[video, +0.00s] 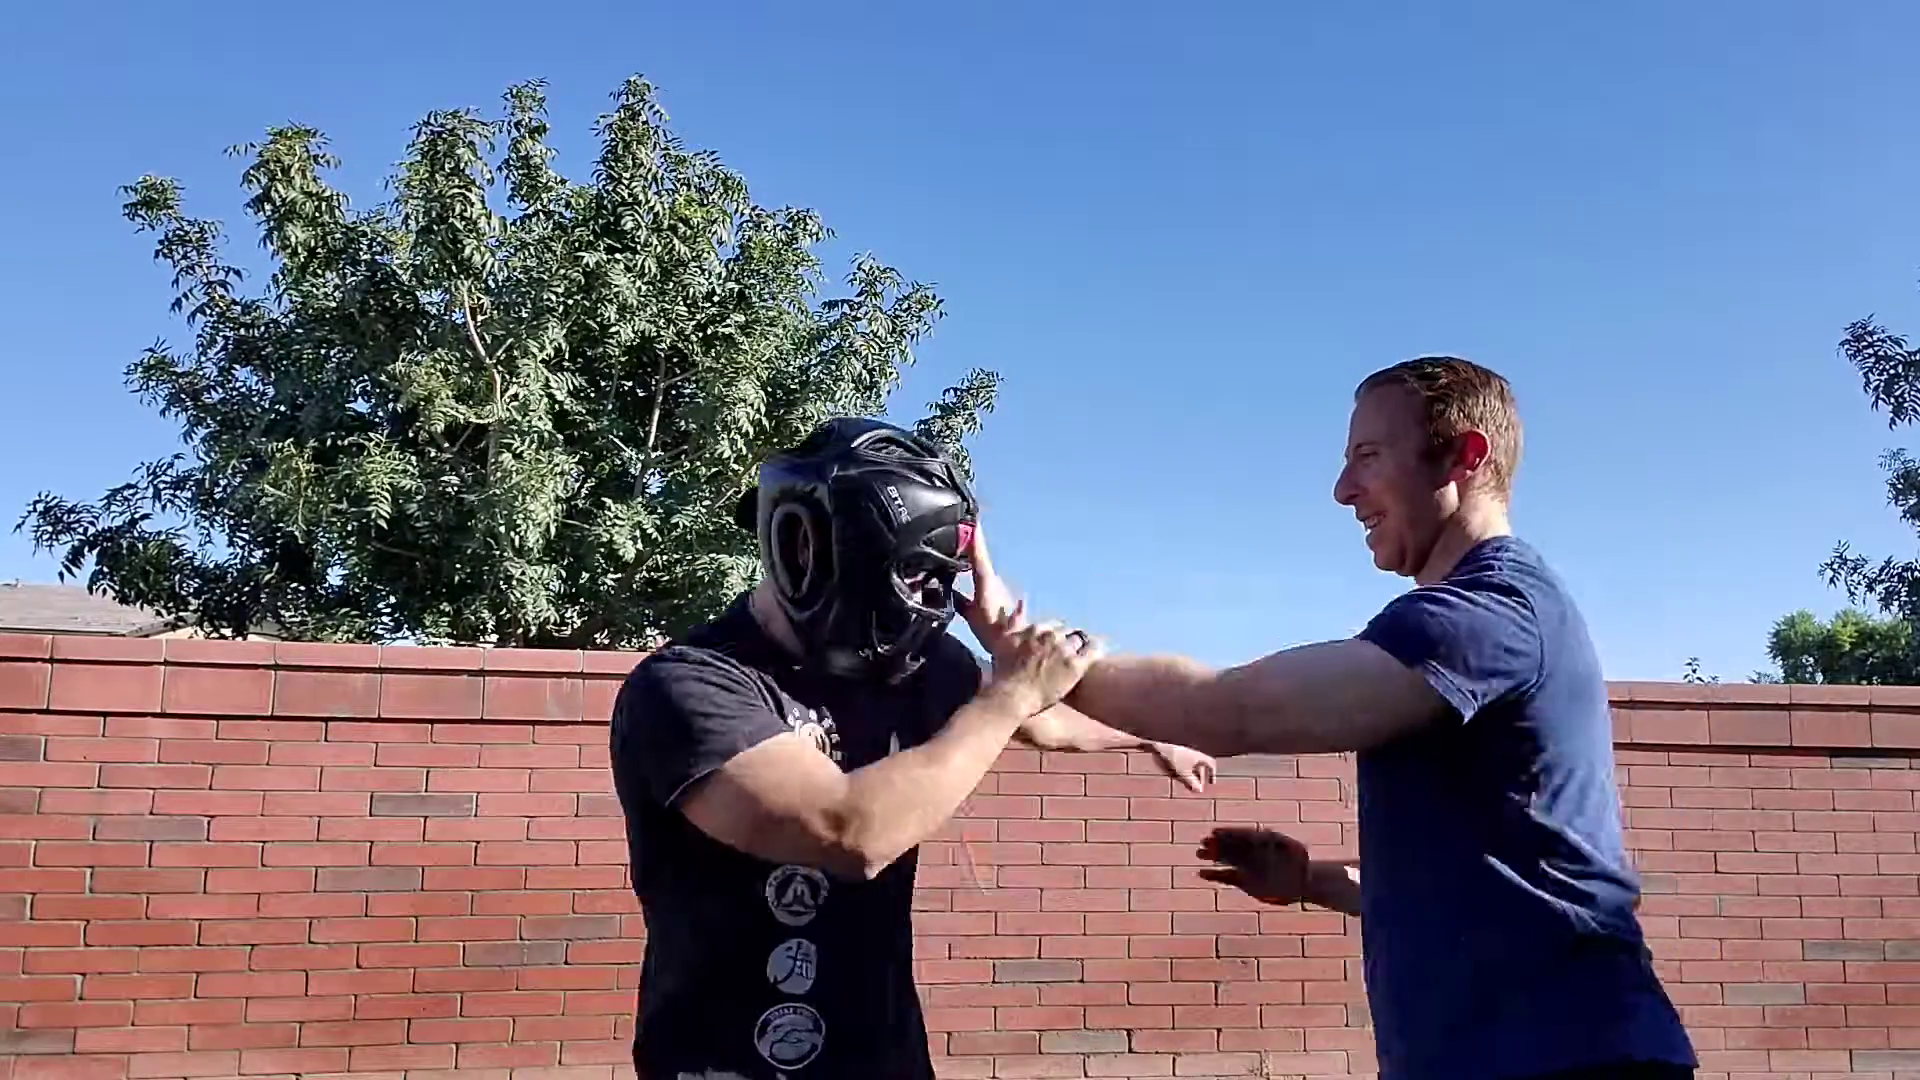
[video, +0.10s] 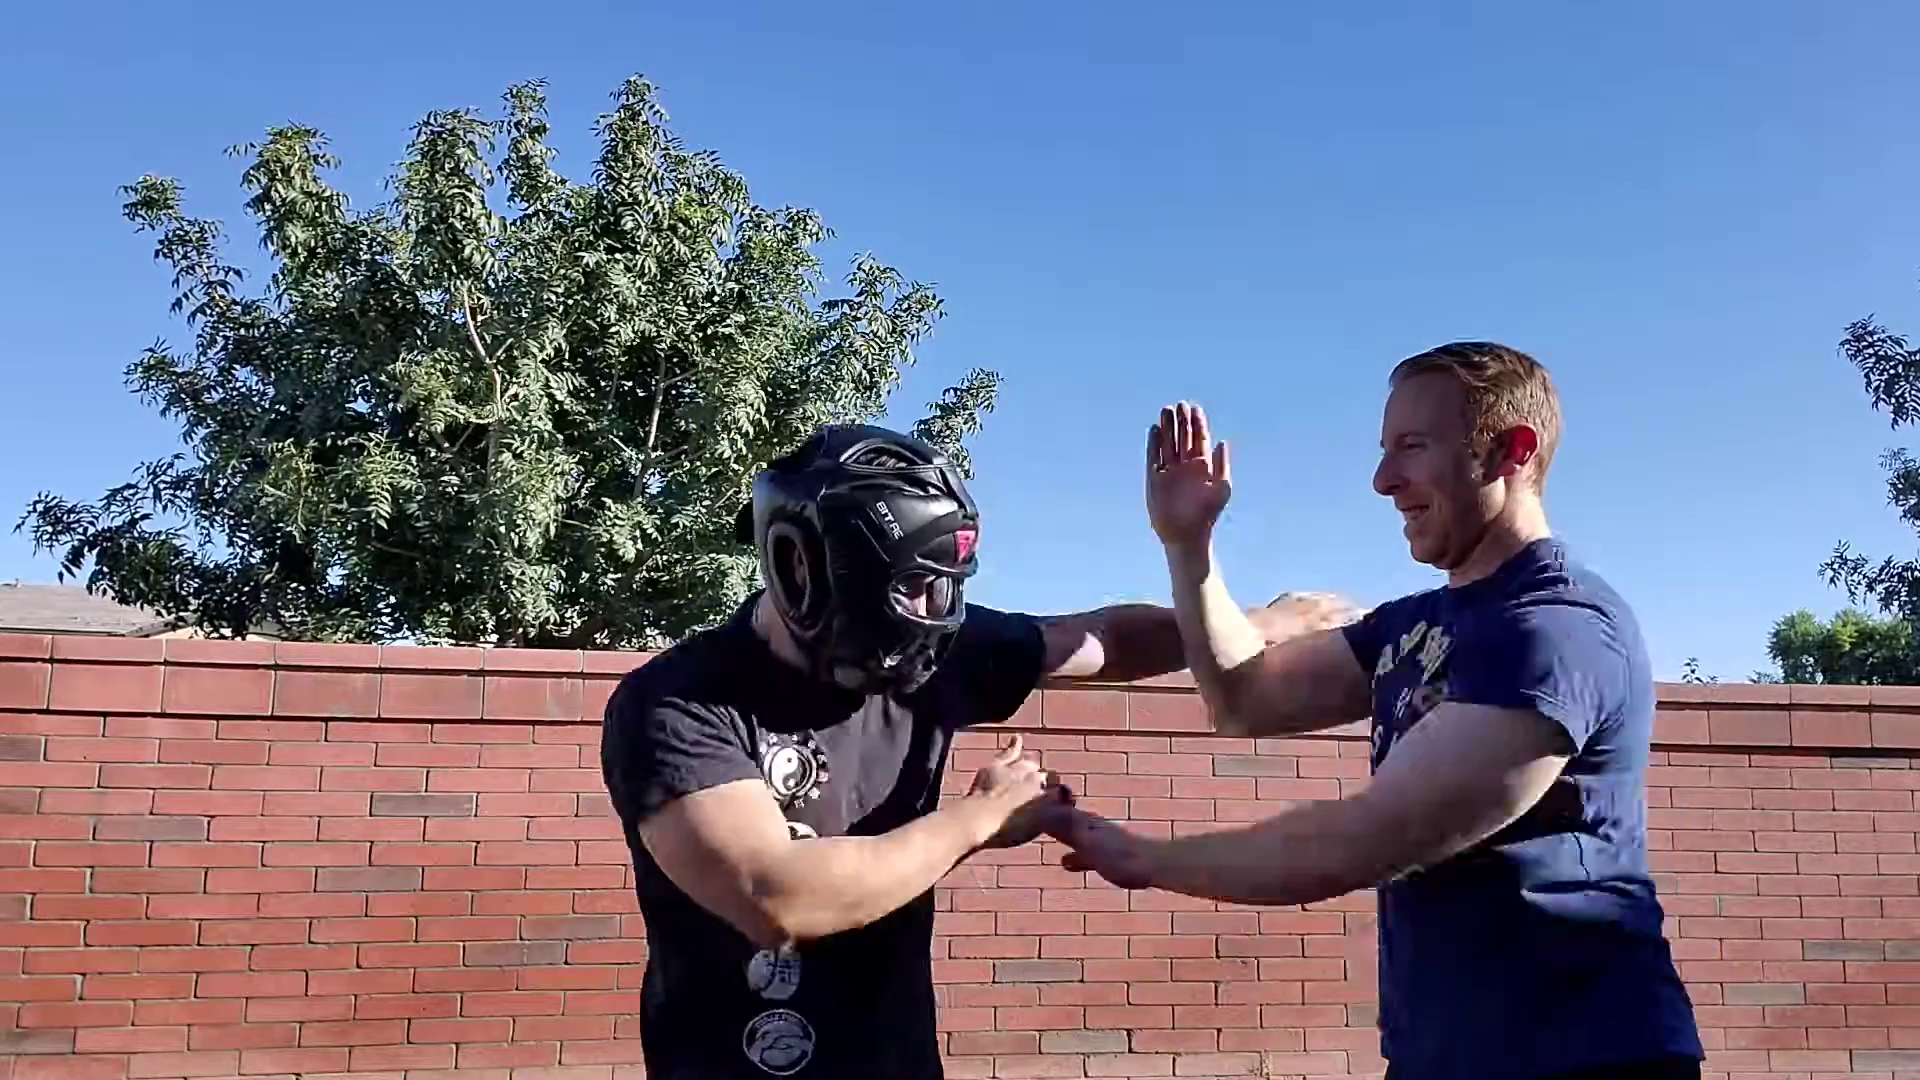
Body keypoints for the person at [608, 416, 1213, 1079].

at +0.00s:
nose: (927, 600)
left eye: (933, 572)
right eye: (907, 571)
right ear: (811, 552)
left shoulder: (915, 667)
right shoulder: (680, 692)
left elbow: (1043, 721)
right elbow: (854, 830)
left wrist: (1150, 740)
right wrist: (1009, 697)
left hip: (880, 1058)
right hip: (720, 1061)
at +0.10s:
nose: (934, 610)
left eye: (941, 585)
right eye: (912, 585)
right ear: (813, 573)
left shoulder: (930, 665)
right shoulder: (668, 711)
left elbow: (1109, 644)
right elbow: (783, 900)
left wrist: (1261, 629)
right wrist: (981, 815)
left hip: (893, 1064)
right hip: (727, 1069)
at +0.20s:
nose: (940, 614)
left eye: (951, 586)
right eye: (914, 587)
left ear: (959, 574)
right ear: (815, 576)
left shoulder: (920, 666)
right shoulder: (678, 732)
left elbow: (1091, 622)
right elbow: (758, 957)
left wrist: (1243, 593)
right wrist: (956, 875)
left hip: (902, 1067)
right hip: (741, 1072)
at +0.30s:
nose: (976, 600)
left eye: (981, 576)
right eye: (960, 575)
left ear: (881, 562)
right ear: (867, 561)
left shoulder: (915, 662)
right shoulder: (716, 703)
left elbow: (1090, 673)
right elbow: (824, 914)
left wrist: (1234, 605)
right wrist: (971, 748)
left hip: (888, 1055)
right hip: (746, 1063)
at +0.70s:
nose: (910, 582)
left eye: (930, 560)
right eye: (889, 546)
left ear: (945, 565)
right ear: (814, 530)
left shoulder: (919, 683)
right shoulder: (688, 673)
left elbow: (1099, 788)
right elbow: (872, 784)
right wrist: (1024, 642)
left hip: (881, 1061)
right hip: (726, 1059)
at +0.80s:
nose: (883, 608)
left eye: (914, 592)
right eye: (866, 573)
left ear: (939, 596)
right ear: (805, 544)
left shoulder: (928, 690)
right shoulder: (690, 677)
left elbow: (1124, 774)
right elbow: (842, 817)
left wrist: (1316, 829)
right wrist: (1012, 685)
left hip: (883, 1058)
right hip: (723, 1056)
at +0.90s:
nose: (889, 641)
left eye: (923, 622)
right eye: (874, 603)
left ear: (954, 620)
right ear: (815, 568)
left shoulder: (948, 691)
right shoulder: (698, 684)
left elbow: (1138, 779)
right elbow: (853, 834)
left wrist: (1336, 845)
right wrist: (1020, 699)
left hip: (885, 1065)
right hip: (718, 1061)